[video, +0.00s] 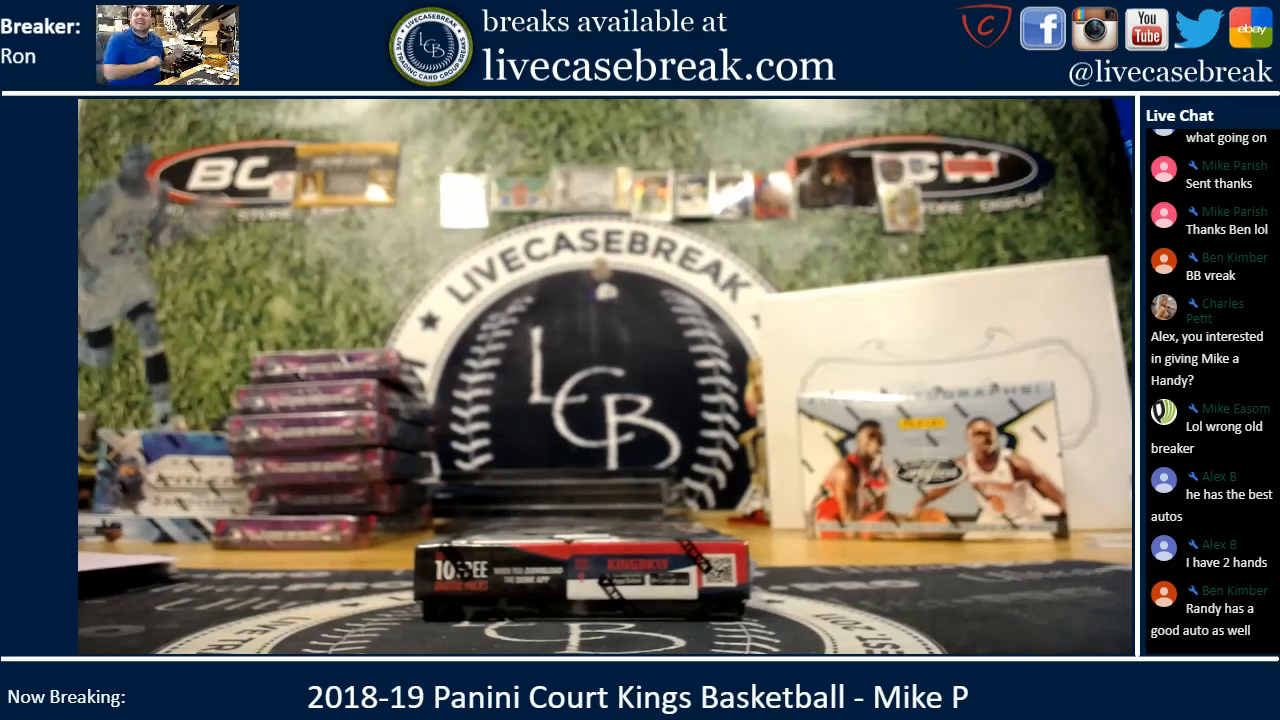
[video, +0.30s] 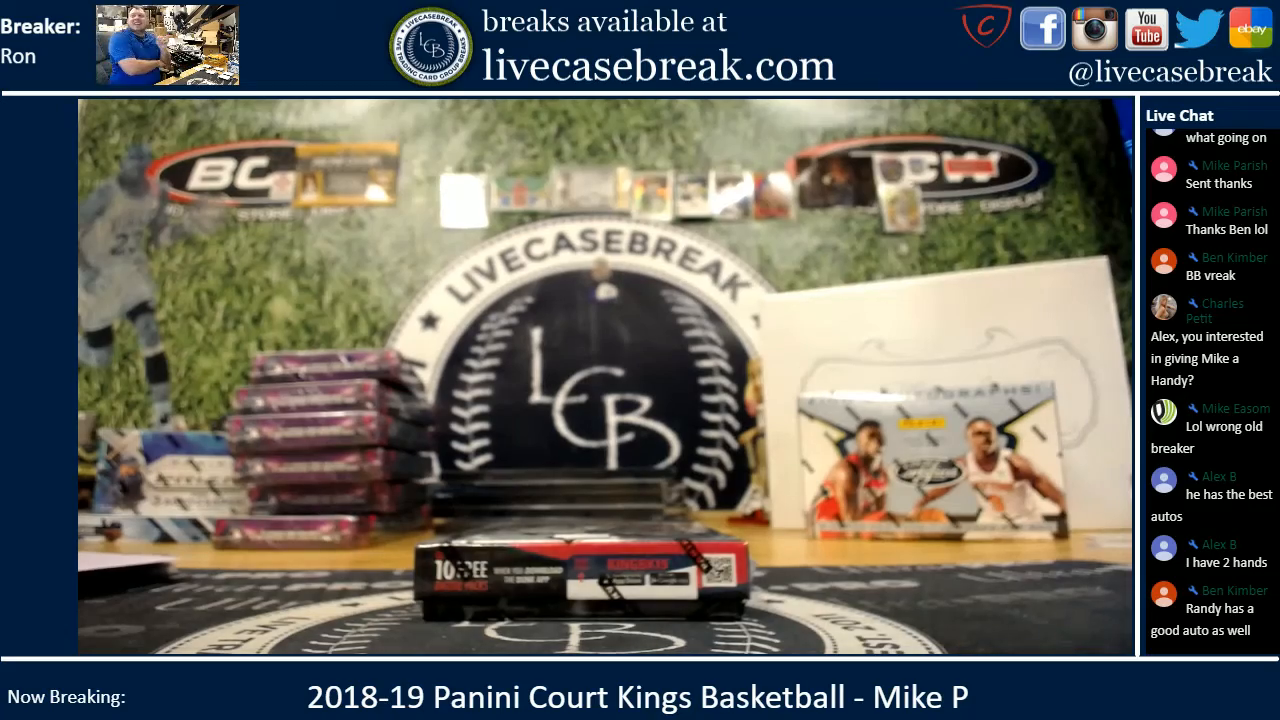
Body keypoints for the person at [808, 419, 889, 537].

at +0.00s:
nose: (878, 442)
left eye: (880, 437)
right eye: (872, 437)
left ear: (883, 441)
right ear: (859, 440)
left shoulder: (878, 472)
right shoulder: (846, 470)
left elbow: (880, 509)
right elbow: (849, 518)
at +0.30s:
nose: (878, 442)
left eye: (880, 437)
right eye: (872, 437)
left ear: (883, 440)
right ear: (860, 440)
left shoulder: (878, 472)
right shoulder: (846, 470)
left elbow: (880, 510)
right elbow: (849, 518)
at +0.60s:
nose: (878, 442)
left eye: (880, 437)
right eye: (872, 437)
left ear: (883, 440)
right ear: (860, 440)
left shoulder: (879, 473)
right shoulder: (846, 470)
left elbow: (879, 511)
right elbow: (849, 518)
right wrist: (884, 516)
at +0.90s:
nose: (878, 442)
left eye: (880, 437)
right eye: (872, 436)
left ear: (883, 440)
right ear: (859, 440)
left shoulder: (879, 474)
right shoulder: (846, 470)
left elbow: (879, 513)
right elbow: (849, 518)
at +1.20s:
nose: (878, 442)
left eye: (880, 437)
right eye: (871, 436)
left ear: (883, 440)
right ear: (859, 440)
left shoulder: (880, 473)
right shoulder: (846, 470)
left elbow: (879, 511)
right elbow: (849, 519)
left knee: (884, 520)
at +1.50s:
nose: (878, 442)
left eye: (880, 437)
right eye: (872, 436)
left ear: (883, 440)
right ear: (859, 440)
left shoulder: (880, 473)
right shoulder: (846, 470)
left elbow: (879, 512)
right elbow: (849, 519)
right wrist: (885, 517)